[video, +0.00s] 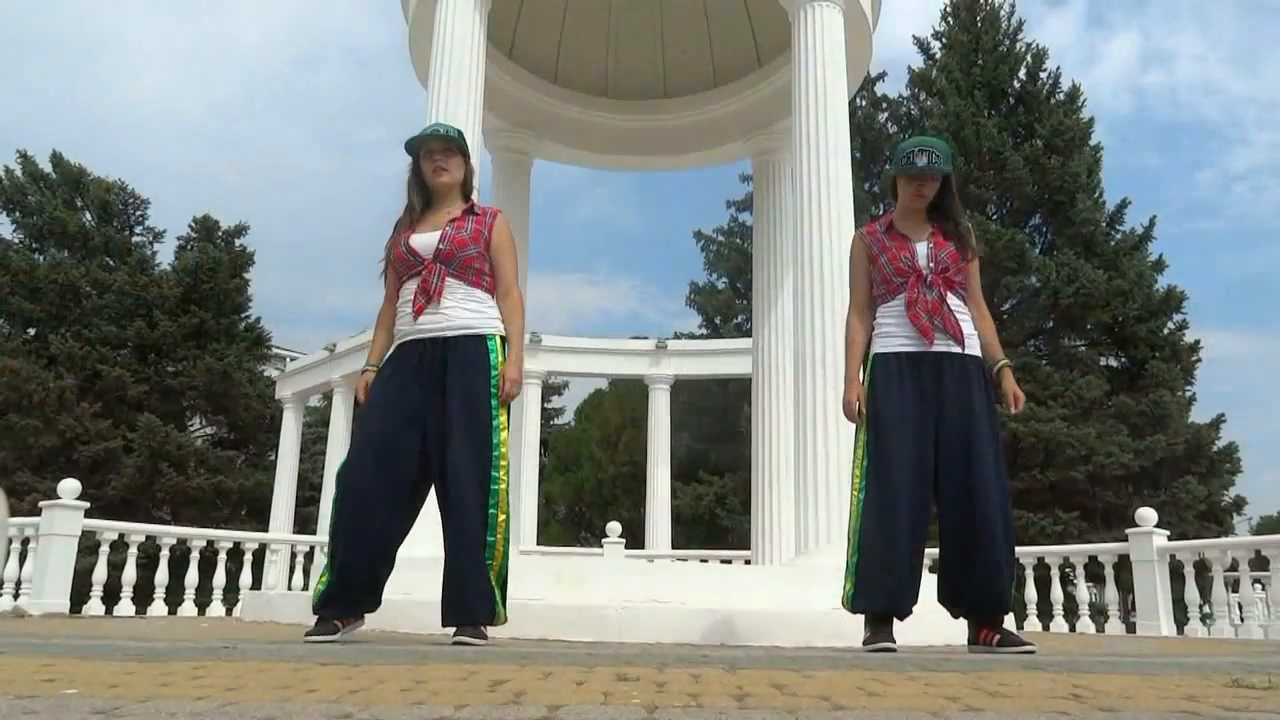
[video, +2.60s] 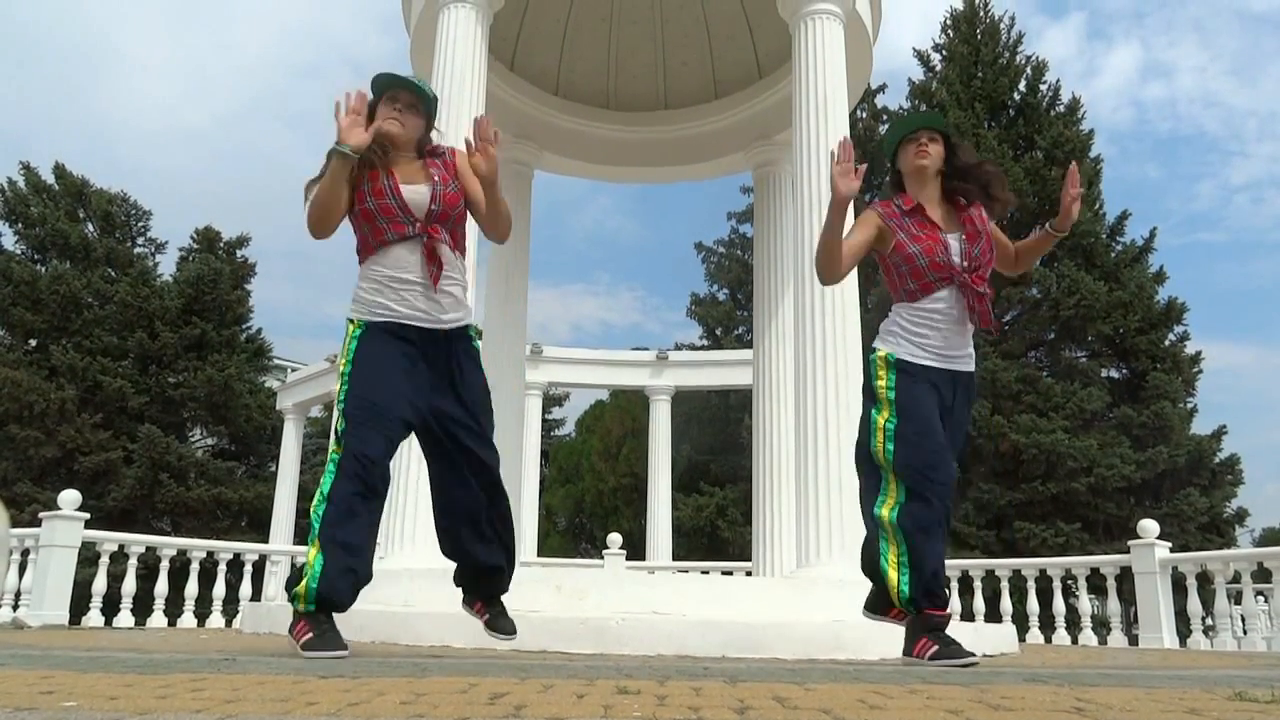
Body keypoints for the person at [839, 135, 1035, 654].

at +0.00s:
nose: (919, 185)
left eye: (928, 178)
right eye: (911, 176)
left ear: (942, 184)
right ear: (895, 179)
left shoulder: (960, 240)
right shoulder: (869, 239)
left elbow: (978, 309)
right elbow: (860, 313)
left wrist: (1003, 368)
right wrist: (853, 377)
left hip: (962, 373)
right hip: (897, 372)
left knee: (978, 490)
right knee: (895, 491)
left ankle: (985, 625)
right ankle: (879, 620)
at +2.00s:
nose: (914, 179)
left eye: (922, 173)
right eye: (905, 173)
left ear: (934, 185)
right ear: (888, 185)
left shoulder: (955, 248)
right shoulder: (866, 245)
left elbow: (974, 320)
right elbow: (852, 316)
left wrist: (1008, 368)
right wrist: (849, 377)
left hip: (954, 381)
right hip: (890, 380)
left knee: (973, 498)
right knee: (891, 501)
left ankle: (984, 634)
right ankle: (881, 629)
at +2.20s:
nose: (922, 183)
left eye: (930, 176)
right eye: (912, 178)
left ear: (944, 188)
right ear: (898, 192)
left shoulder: (963, 247)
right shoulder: (878, 242)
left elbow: (975, 326)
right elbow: (838, 311)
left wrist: (996, 319)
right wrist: (879, 334)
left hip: (963, 386)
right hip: (902, 386)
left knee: (972, 506)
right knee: (917, 496)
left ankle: (936, 632)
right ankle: (890, 626)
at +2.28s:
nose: (927, 195)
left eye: (936, 189)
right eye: (917, 191)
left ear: (950, 204)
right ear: (904, 208)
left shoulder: (968, 263)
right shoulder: (885, 257)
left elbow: (985, 349)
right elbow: (856, 335)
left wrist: (995, 324)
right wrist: (929, 326)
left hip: (962, 397)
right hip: (899, 395)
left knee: (977, 507)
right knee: (943, 491)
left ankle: (939, 635)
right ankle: (904, 611)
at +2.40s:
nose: (927, 177)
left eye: (936, 172)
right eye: (917, 173)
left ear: (949, 190)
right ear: (902, 193)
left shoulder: (965, 243)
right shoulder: (887, 240)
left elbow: (993, 320)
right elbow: (899, 311)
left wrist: (999, 275)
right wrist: (971, 268)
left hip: (955, 383)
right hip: (900, 381)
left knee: (969, 489)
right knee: (938, 482)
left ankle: (938, 627)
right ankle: (926, 622)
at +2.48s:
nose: (921, 148)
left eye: (930, 143)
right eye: (911, 144)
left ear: (948, 162)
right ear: (895, 163)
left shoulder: (969, 213)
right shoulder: (883, 211)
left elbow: (1014, 276)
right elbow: (876, 278)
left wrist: (1021, 237)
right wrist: (926, 222)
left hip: (958, 363)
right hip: (905, 359)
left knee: (963, 481)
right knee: (927, 475)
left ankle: (935, 610)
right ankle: (931, 613)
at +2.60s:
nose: (924, 143)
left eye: (933, 138)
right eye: (913, 139)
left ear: (948, 156)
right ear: (897, 159)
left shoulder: (972, 213)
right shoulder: (885, 215)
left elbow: (1013, 262)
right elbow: (830, 271)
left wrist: (1057, 227)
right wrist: (840, 203)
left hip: (957, 370)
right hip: (902, 366)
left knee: (933, 484)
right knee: (927, 483)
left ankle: (889, 592)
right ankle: (925, 629)